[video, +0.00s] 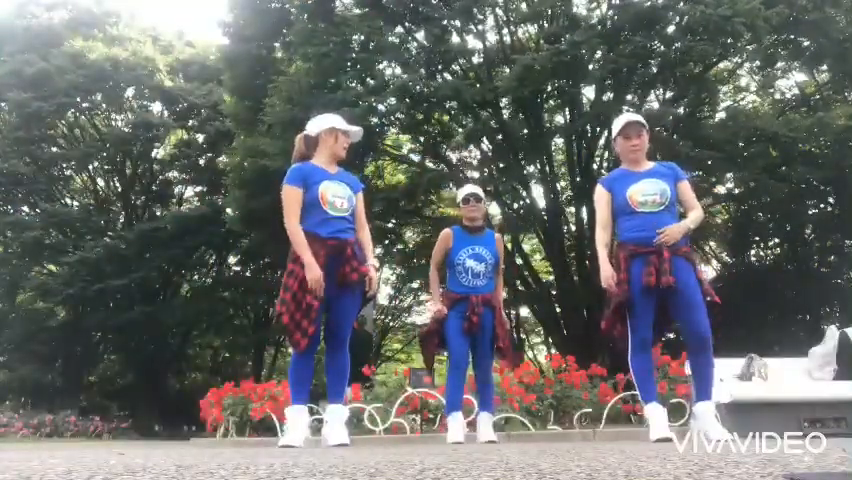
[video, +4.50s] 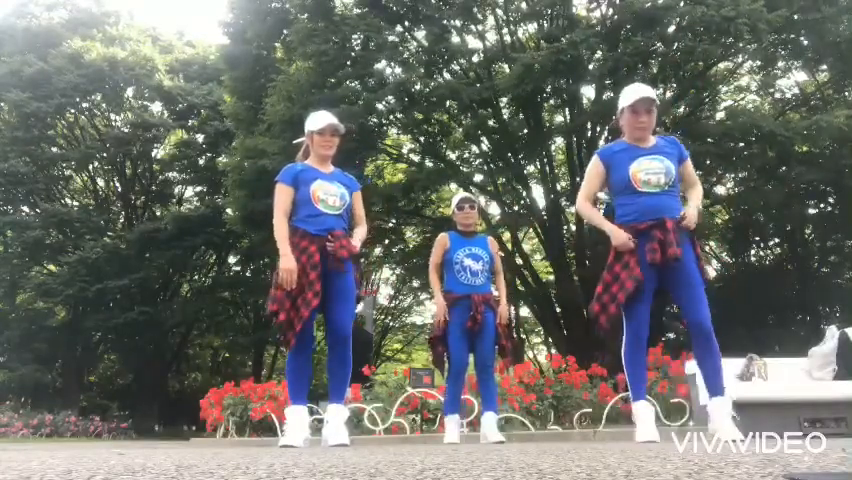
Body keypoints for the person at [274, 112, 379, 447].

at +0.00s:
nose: (347, 142)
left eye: (347, 137)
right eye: (343, 136)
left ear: (338, 140)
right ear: (324, 137)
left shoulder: (352, 181)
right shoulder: (299, 172)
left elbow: (362, 227)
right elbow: (292, 222)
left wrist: (371, 261)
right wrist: (309, 263)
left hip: (349, 256)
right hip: (312, 254)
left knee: (339, 338)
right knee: (306, 339)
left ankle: (336, 418)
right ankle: (297, 419)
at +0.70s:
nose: (347, 141)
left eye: (348, 137)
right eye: (341, 135)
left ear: (341, 142)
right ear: (322, 138)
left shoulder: (355, 179)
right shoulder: (299, 173)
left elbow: (377, 218)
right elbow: (257, 203)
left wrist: (379, 243)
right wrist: (284, 226)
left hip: (347, 259)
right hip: (309, 257)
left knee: (339, 340)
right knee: (305, 339)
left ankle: (336, 419)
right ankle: (297, 419)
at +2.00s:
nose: (340, 137)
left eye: (343, 132)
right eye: (333, 131)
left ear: (347, 137)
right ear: (317, 136)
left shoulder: (359, 167)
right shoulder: (299, 162)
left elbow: (391, 184)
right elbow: (251, 167)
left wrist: (374, 195)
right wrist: (278, 181)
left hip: (346, 255)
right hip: (308, 253)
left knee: (338, 339)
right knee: (305, 338)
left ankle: (336, 420)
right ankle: (298, 420)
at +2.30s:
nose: (336, 138)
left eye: (340, 133)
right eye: (330, 133)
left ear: (346, 138)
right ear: (315, 138)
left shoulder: (355, 168)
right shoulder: (302, 168)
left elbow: (391, 184)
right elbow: (271, 183)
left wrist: (361, 200)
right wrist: (308, 181)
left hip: (345, 254)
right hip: (307, 254)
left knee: (338, 340)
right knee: (305, 340)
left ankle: (335, 420)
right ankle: (297, 420)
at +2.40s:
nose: (343, 135)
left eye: (344, 131)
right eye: (336, 130)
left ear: (343, 138)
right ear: (319, 136)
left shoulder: (357, 174)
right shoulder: (297, 173)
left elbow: (369, 211)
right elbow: (287, 214)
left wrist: (359, 237)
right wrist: (302, 220)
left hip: (347, 259)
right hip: (310, 259)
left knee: (339, 341)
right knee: (306, 340)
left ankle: (336, 417)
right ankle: (297, 417)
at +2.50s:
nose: (345, 135)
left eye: (346, 131)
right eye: (338, 130)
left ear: (344, 137)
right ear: (320, 135)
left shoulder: (358, 175)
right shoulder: (297, 173)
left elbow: (362, 221)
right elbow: (284, 223)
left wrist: (360, 261)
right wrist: (291, 260)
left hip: (345, 257)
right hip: (307, 256)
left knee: (339, 341)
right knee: (306, 341)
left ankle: (336, 418)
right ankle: (297, 419)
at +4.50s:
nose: (328, 139)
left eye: (333, 134)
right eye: (322, 134)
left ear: (340, 139)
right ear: (309, 138)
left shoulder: (348, 180)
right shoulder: (293, 172)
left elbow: (361, 223)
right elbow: (280, 216)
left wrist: (353, 242)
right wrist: (285, 255)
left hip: (340, 254)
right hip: (303, 251)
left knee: (341, 331)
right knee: (302, 333)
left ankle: (336, 416)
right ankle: (297, 417)